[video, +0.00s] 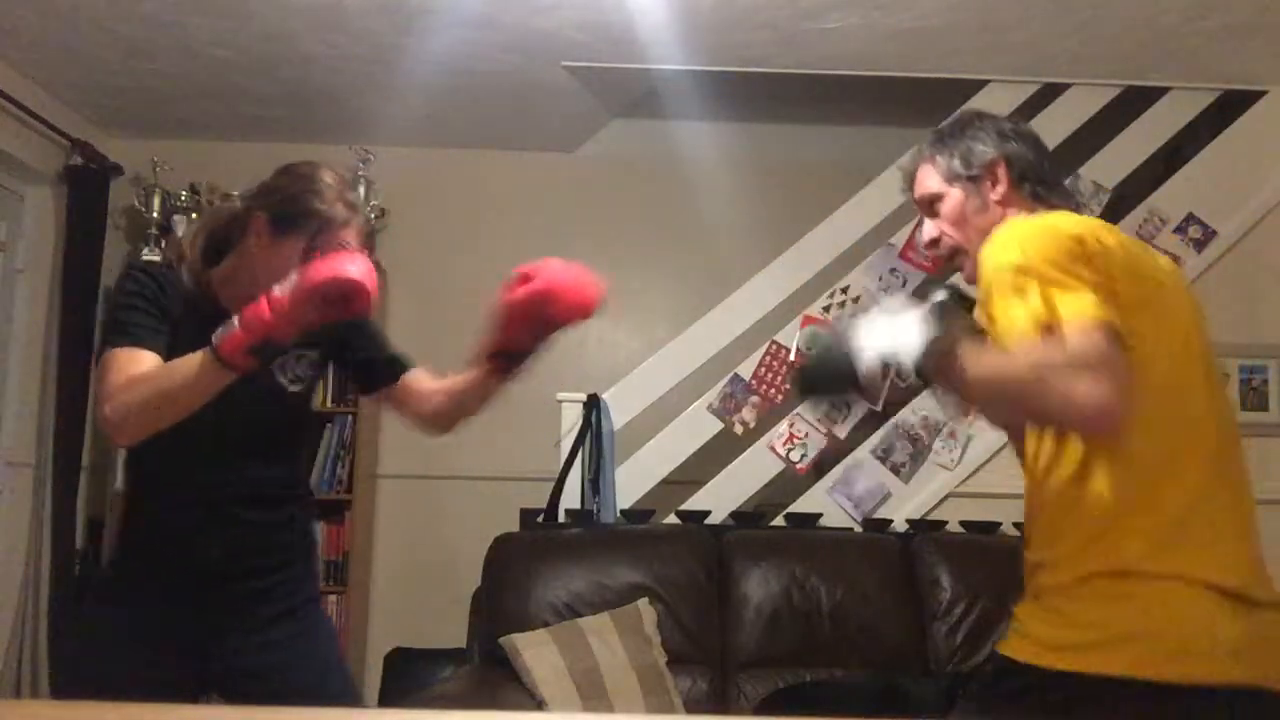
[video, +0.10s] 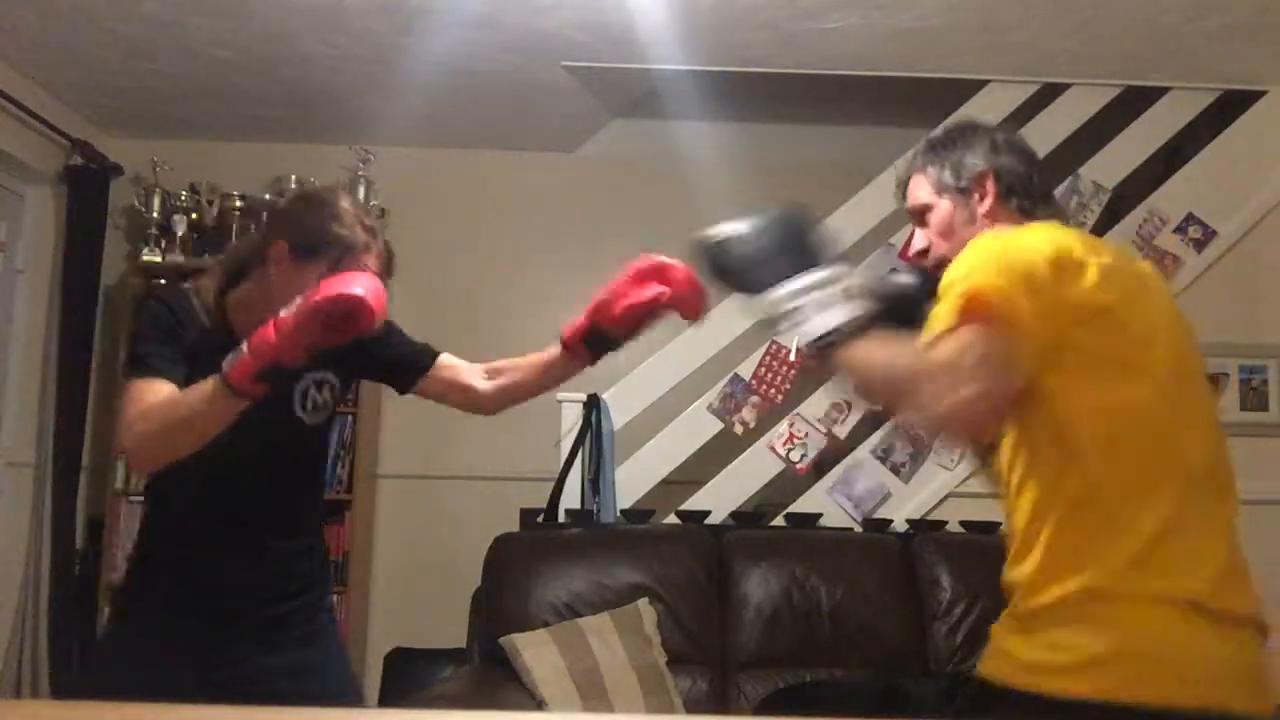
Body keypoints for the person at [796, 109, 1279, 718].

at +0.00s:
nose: (927, 236)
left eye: (934, 207)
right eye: (921, 217)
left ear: (994, 180)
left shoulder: (1027, 239)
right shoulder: (1155, 268)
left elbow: (1093, 393)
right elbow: (1060, 449)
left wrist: (937, 350)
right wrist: (964, 350)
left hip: (1107, 652)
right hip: (1237, 665)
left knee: (791, 705)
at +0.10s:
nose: (918, 243)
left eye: (924, 215)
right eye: (912, 224)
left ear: (984, 193)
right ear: (1000, 191)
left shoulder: (1012, 255)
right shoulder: (1137, 278)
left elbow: (964, 394)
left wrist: (837, 330)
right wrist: (933, 314)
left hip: (1085, 671)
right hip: (1224, 680)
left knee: (794, 704)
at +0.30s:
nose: (830, 228)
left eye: (833, 208)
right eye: (829, 211)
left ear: (878, 195)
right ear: (946, 197)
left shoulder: (871, 262)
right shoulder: (1062, 270)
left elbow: (682, 341)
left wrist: (566, 292)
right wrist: (891, 488)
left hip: (952, 667)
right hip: (1124, 677)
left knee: (768, 701)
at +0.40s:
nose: (796, 224)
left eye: (799, 205)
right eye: (794, 209)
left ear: (845, 185)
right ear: (908, 185)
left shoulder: (826, 258)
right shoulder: (1036, 268)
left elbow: (601, 307)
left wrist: (431, 269)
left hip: (921, 655)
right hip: (1098, 665)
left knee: (761, 699)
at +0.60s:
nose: (724, 233)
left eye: (726, 215)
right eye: (725, 217)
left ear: (765, 199)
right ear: (850, 205)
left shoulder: (728, 281)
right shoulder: (971, 292)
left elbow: (496, 320)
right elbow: (1002, 494)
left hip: (798, 679)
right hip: (987, 681)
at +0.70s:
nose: (718, 222)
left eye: (719, 205)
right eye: (721, 207)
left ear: (749, 190)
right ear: (848, 196)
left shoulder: (706, 264)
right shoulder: (959, 291)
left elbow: (481, 297)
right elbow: (984, 505)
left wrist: (346, 259)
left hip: (782, 680)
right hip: (974, 681)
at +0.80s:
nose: (732, 171)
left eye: (732, 153)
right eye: (730, 156)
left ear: (768, 138)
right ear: (861, 147)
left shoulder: (733, 213)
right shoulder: (976, 235)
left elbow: (553, 319)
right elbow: (1002, 415)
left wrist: (477, 297)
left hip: (808, 655)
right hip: (1005, 659)